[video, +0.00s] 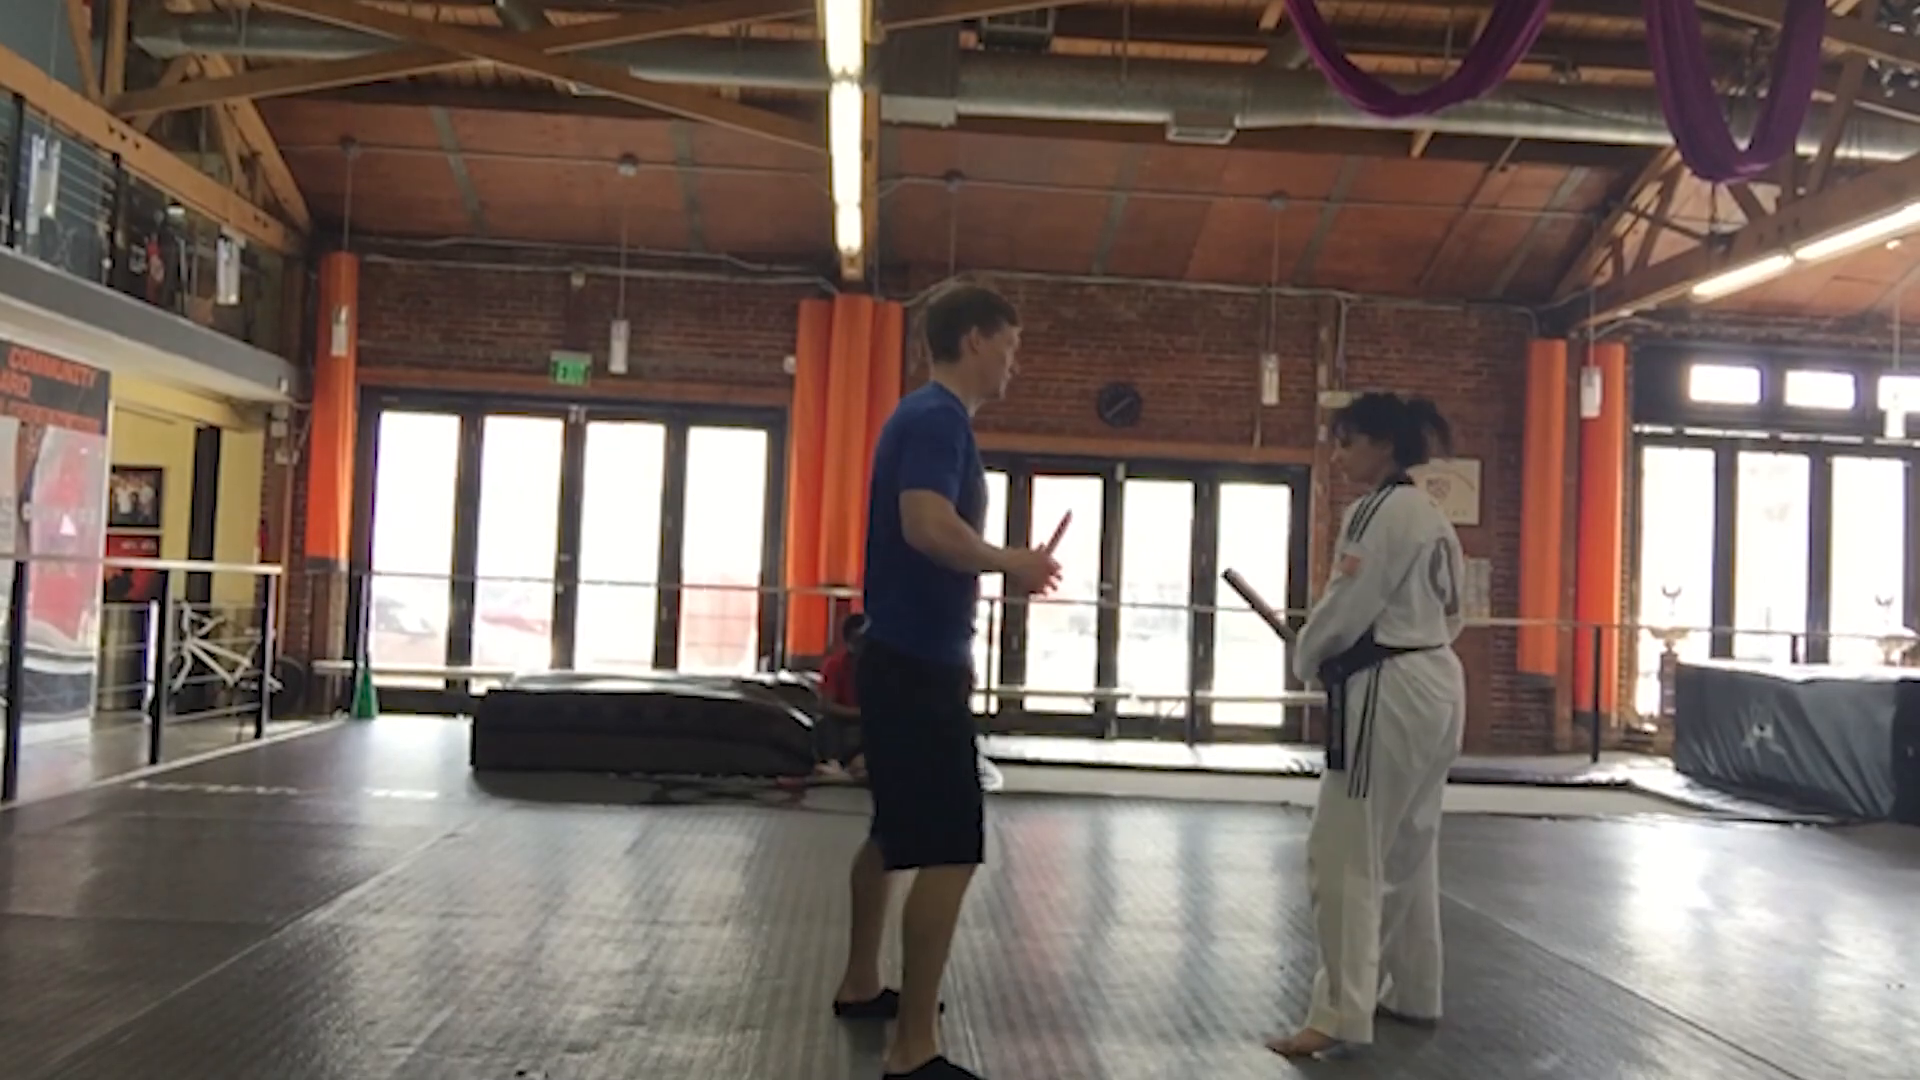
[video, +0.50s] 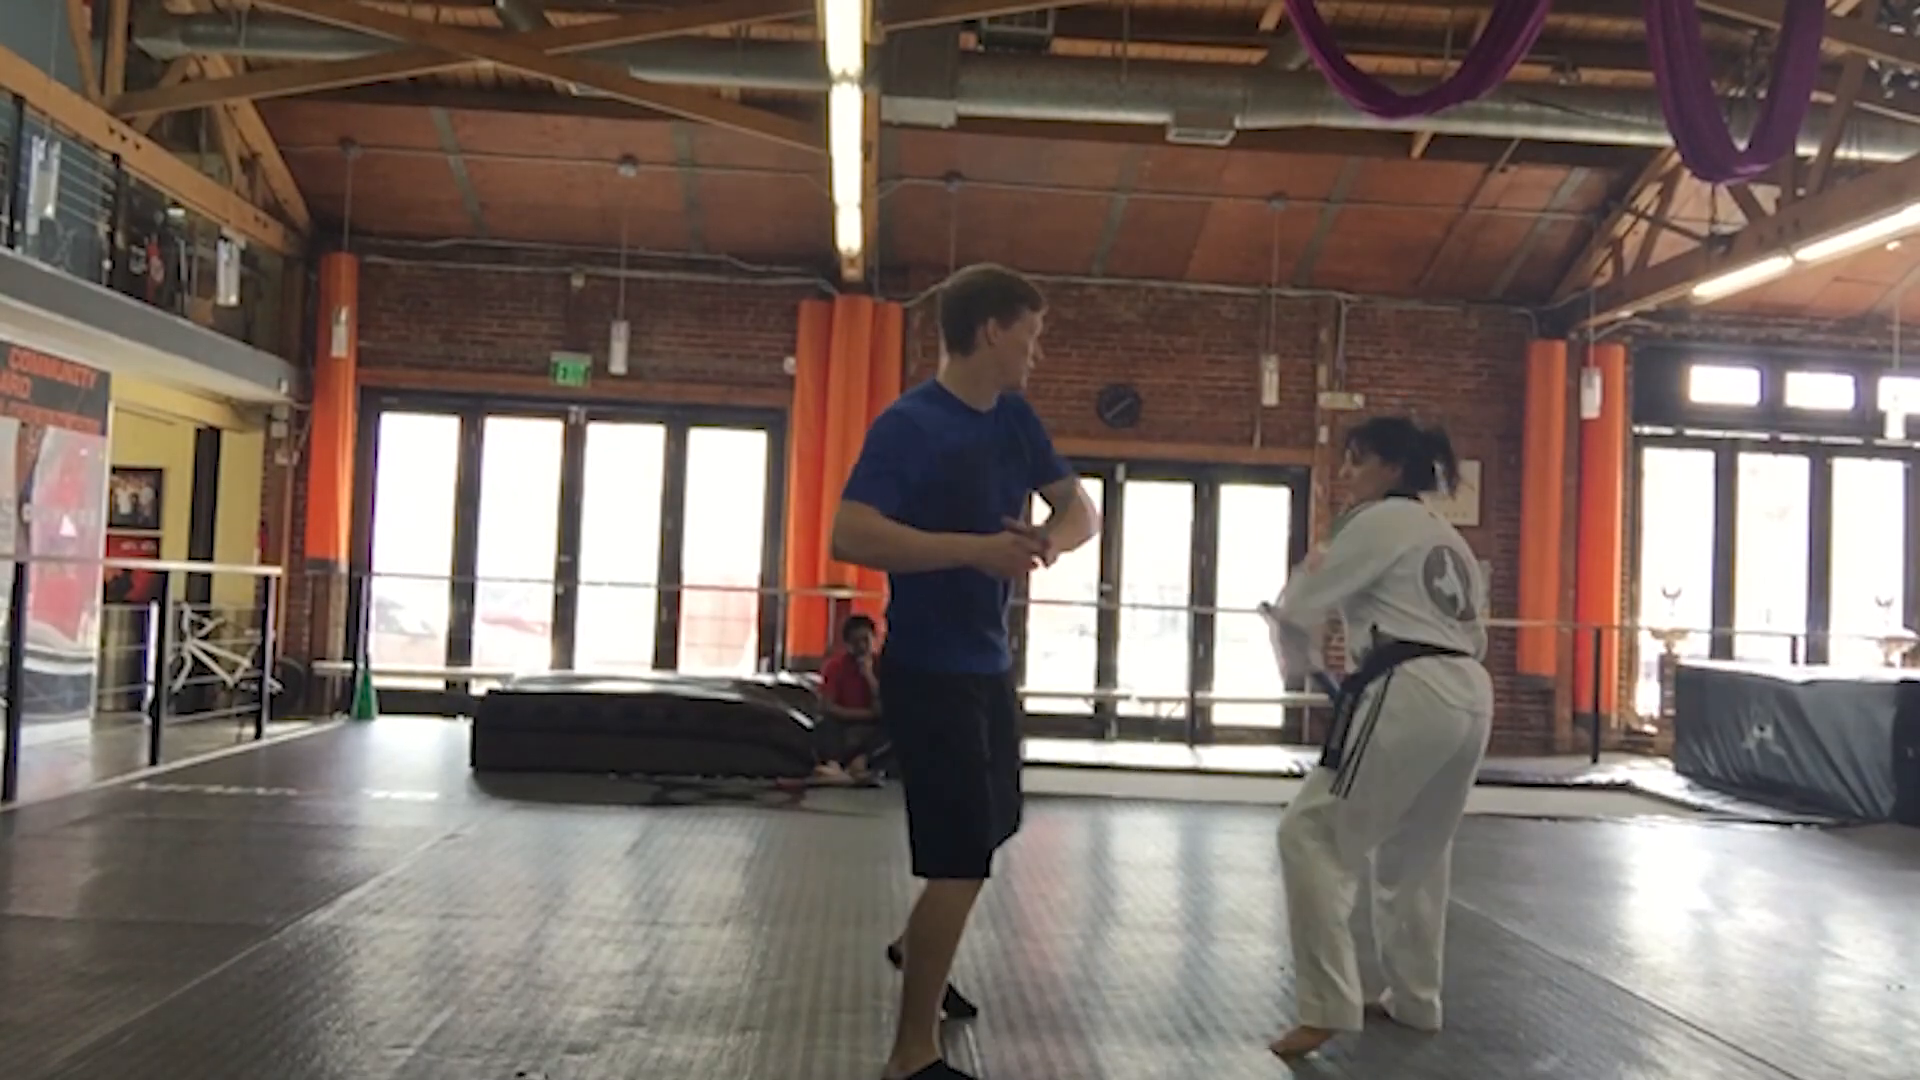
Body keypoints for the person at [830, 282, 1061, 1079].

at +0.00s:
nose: (1015, 364)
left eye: (1016, 348)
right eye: (1011, 347)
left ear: (956, 343)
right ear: (974, 341)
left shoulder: (928, 419)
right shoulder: (936, 419)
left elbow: (938, 535)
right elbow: (926, 528)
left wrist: (1009, 566)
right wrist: (1007, 562)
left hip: (899, 663)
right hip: (919, 669)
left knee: (892, 833)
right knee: (954, 851)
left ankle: (861, 985)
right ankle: (914, 1048)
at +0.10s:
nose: (1021, 361)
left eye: (1023, 346)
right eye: (1016, 344)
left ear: (967, 341)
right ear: (978, 338)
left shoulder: (947, 421)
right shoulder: (931, 420)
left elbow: (933, 536)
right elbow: (915, 530)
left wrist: (1015, 561)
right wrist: (1012, 558)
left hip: (923, 666)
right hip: (923, 671)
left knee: (915, 833)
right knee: (958, 857)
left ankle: (869, 974)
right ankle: (915, 1050)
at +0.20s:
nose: (1026, 357)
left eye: (1028, 341)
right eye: (1021, 340)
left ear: (976, 337)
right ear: (982, 333)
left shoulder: (967, 424)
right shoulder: (924, 417)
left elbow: (964, 527)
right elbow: (897, 527)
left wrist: (1025, 548)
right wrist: (1011, 553)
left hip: (949, 665)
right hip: (918, 667)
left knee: (942, 832)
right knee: (959, 862)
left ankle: (887, 951)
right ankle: (914, 1053)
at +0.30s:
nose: (1031, 352)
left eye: (1032, 337)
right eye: (1025, 335)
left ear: (985, 334)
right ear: (983, 330)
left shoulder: (991, 424)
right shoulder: (919, 417)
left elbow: (1009, 509)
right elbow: (876, 528)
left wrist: (1036, 535)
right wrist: (1005, 549)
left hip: (964, 665)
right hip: (920, 668)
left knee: (967, 835)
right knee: (955, 866)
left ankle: (914, 953)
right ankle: (913, 1056)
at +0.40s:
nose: (1034, 351)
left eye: (1036, 336)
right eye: (1029, 334)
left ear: (992, 332)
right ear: (988, 330)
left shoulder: (1006, 421)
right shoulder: (913, 420)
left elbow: (1042, 506)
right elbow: (859, 530)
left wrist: (1049, 523)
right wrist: (988, 545)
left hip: (979, 665)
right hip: (925, 667)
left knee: (974, 834)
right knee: (960, 859)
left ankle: (915, 954)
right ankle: (914, 1055)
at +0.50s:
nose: (1036, 352)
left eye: (1038, 337)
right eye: (1031, 336)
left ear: (994, 335)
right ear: (989, 332)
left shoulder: (1014, 419)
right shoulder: (910, 423)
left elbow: (1078, 508)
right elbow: (851, 531)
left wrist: (1051, 540)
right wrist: (973, 548)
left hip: (987, 666)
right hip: (930, 670)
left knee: (992, 824)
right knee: (960, 862)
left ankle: (921, 944)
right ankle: (912, 1057)